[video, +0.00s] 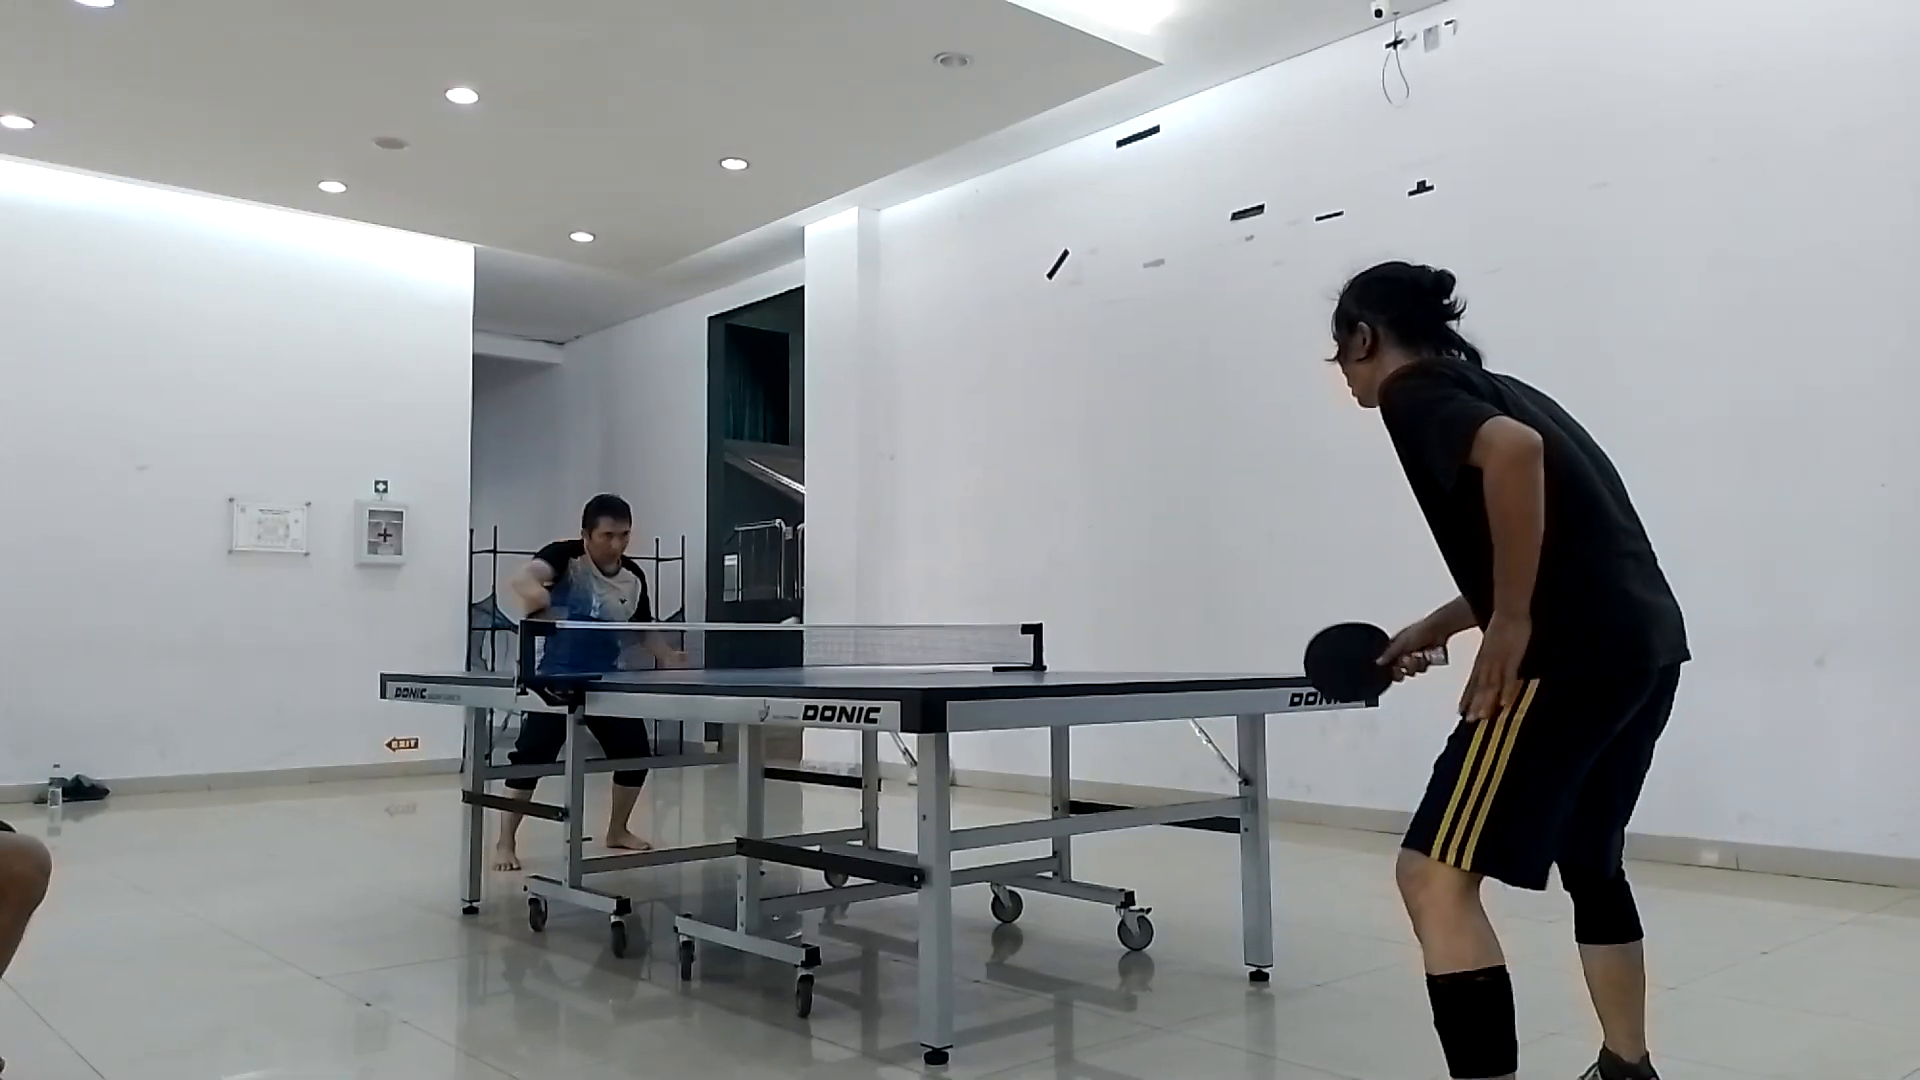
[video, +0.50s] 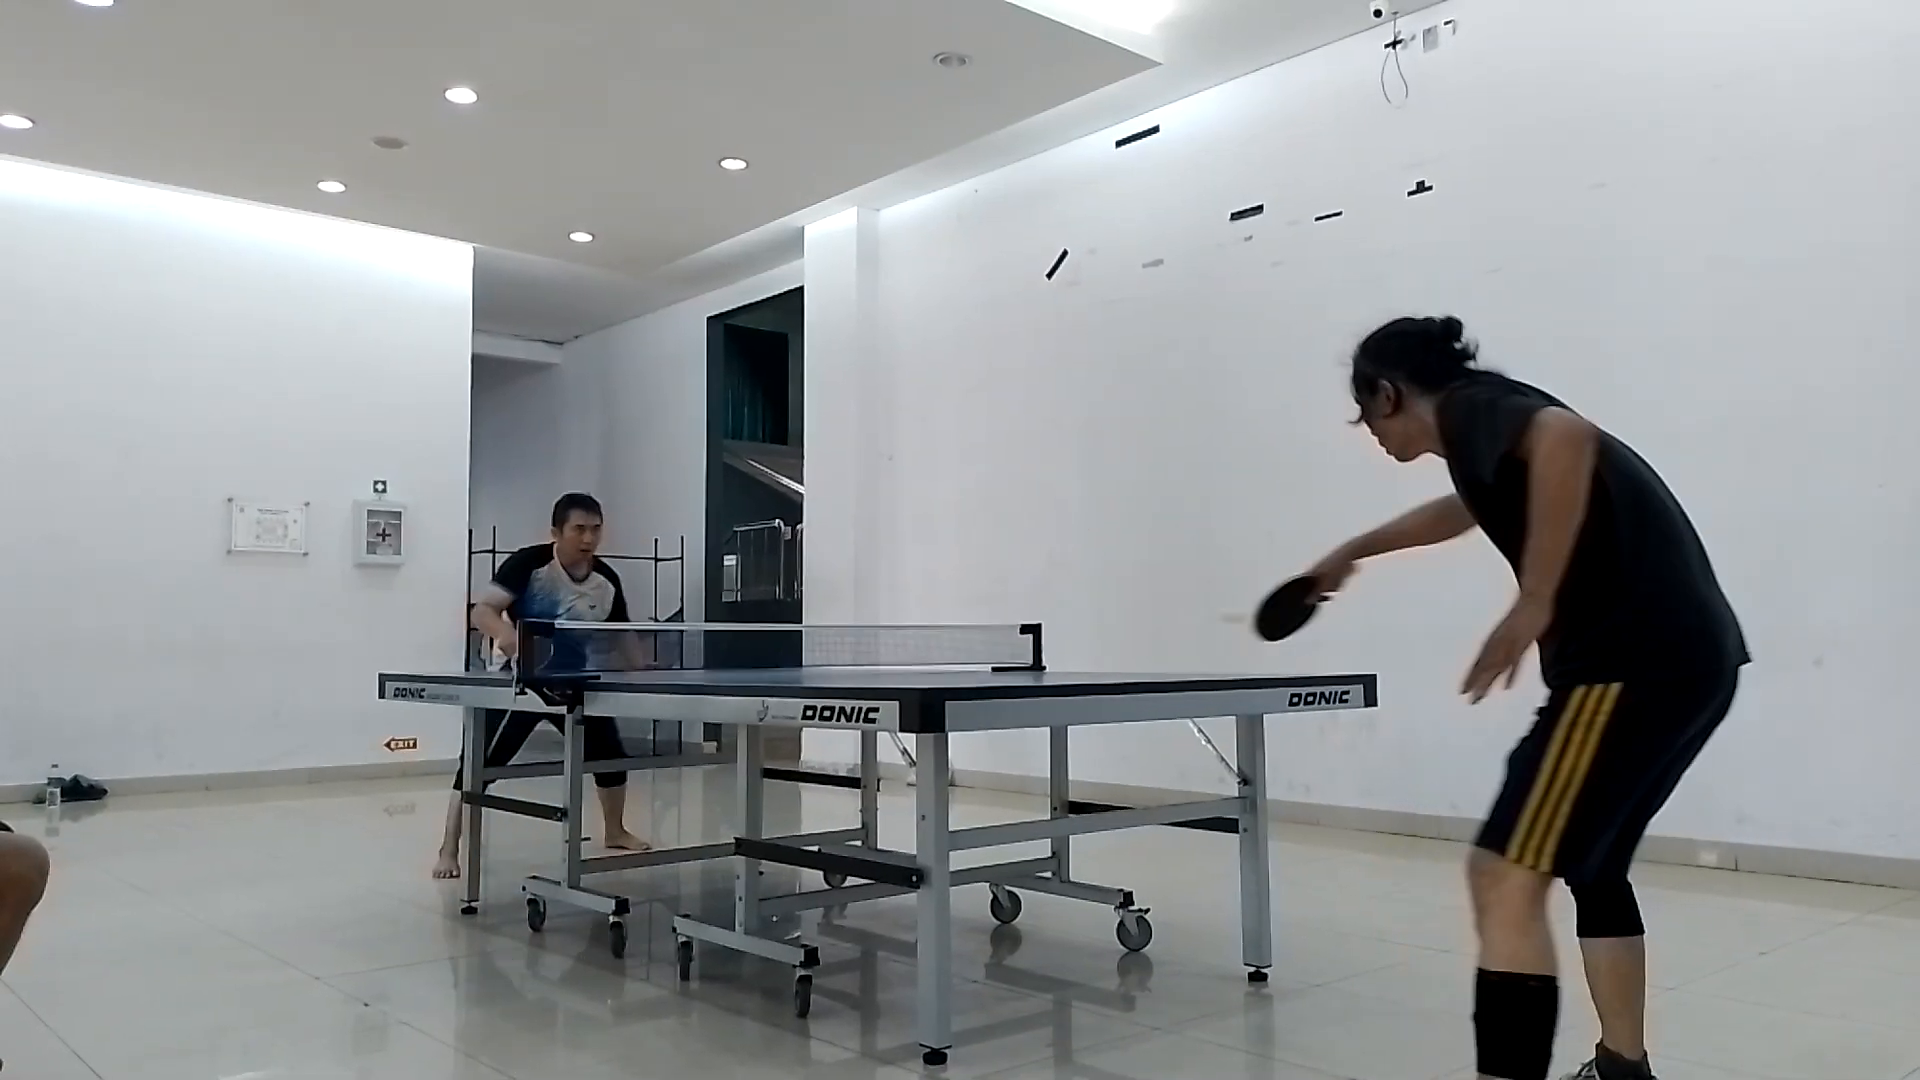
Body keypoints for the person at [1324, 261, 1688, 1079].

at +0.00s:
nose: (1344, 378)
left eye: (1343, 356)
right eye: (1340, 360)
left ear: (1370, 337)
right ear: (1431, 334)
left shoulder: (1415, 391)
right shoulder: (1502, 391)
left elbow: (1512, 446)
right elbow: (1553, 557)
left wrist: (1510, 626)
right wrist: (1436, 628)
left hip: (1567, 649)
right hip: (1646, 644)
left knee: (1432, 873)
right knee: (1591, 859)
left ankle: (1484, 1072)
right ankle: (1628, 1064)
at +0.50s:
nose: (1372, 433)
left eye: (1370, 412)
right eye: (1365, 417)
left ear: (1397, 391)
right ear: (1422, 384)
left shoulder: (1468, 404)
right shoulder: (1491, 432)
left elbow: (1565, 435)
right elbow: (1460, 514)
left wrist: (1533, 600)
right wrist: (1350, 551)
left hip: (1629, 663)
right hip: (1688, 659)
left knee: (1503, 873)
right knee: (1595, 866)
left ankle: (1508, 1071)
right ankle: (1623, 1064)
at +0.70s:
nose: (1402, 448)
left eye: (1404, 428)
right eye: (1400, 432)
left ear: (1436, 422)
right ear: (1455, 422)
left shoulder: (1533, 440)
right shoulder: (1489, 509)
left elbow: (1670, 442)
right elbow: (1394, 551)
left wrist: (1635, 589)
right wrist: (1283, 570)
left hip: (1708, 664)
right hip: (1685, 672)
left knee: (1585, 861)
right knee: (1603, 862)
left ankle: (1606, 1067)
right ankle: (1619, 1063)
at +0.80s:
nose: (1422, 441)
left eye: (1421, 422)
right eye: (1418, 425)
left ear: (1453, 406)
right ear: (1469, 408)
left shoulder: (1550, 433)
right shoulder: (1525, 498)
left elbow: (1684, 449)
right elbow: (1474, 587)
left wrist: (1653, 599)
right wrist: (1339, 597)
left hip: (1734, 652)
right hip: (1693, 661)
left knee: (1628, 860)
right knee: (1604, 843)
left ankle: (1715, 1071)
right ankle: (1623, 1062)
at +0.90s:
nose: (1445, 412)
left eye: (1448, 391)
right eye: (1443, 394)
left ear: (1483, 381)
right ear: (1499, 382)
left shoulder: (1569, 416)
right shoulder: (1559, 464)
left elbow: (1690, 451)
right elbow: (1593, 600)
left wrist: (1637, 608)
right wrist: (1448, 640)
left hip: (1753, 656)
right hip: (1707, 667)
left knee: (1676, 883)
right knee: (1624, 835)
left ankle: (1834, 1070)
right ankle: (1623, 1060)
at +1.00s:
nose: (1476, 386)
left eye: (1479, 365)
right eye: (1474, 368)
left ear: (1513, 351)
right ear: (1532, 352)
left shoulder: (1594, 395)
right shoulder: (1588, 428)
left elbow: (1701, 444)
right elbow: (1667, 585)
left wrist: (1622, 616)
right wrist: (1570, 665)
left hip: (1783, 659)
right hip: (1741, 668)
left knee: (1757, 918)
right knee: (1677, 842)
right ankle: (1634, 1057)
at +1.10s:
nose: (1510, 364)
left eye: (1514, 341)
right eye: (1508, 345)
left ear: (1555, 326)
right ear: (1578, 324)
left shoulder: (1624, 377)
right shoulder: (1635, 390)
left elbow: (1736, 433)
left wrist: (1665, 609)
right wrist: (1657, 646)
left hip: (1824, 653)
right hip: (1800, 656)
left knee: (1792, 924)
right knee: (1732, 830)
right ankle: (1710, 1054)